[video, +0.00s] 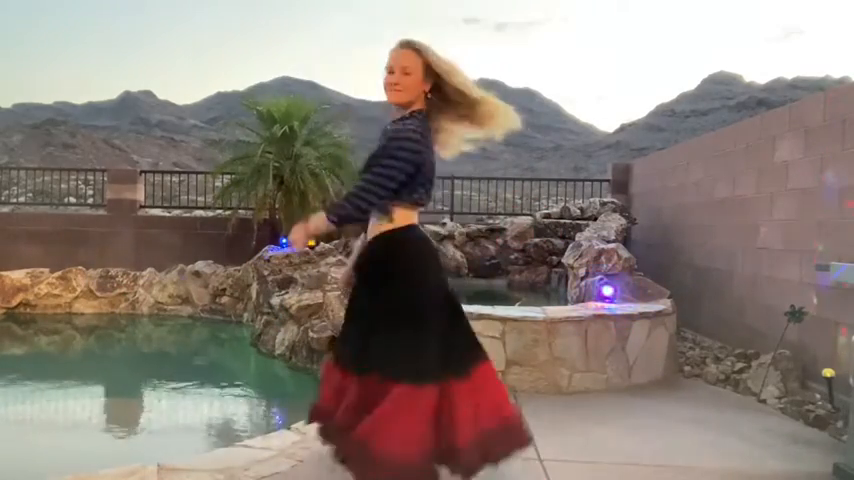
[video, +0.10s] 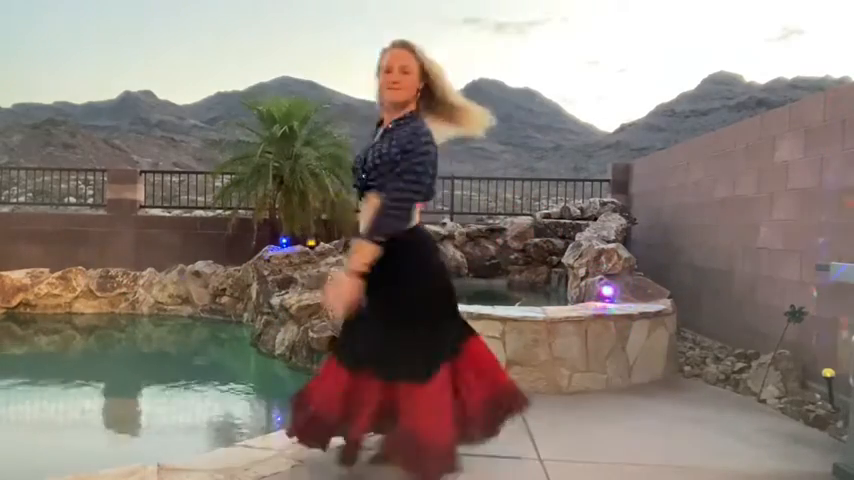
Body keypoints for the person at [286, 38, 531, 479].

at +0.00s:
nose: (392, 78)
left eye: (403, 73)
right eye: (390, 71)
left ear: (427, 85)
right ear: (387, 75)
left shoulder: (408, 131)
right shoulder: (407, 128)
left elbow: (369, 194)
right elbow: (385, 200)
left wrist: (315, 223)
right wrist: (360, 258)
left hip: (397, 255)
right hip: (402, 250)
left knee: (396, 364)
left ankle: (394, 460)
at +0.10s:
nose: (394, 78)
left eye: (404, 71)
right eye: (388, 70)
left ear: (420, 83)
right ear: (378, 78)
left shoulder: (414, 136)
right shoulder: (387, 130)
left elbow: (396, 208)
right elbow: (384, 197)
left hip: (404, 253)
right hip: (385, 249)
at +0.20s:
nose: (391, 76)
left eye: (400, 69)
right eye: (383, 69)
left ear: (414, 79)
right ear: (373, 78)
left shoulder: (417, 136)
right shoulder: (366, 132)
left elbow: (421, 209)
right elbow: (367, 196)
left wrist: (411, 280)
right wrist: (361, 248)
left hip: (403, 250)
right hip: (369, 249)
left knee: (395, 347)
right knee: (371, 343)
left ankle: (396, 453)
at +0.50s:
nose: (390, 77)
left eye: (398, 70)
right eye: (381, 71)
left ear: (411, 79)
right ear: (369, 80)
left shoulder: (428, 137)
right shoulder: (352, 134)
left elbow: (451, 201)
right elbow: (324, 191)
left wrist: (471, 263)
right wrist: (292, 241)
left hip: (411, 258)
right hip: (354, 257)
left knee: (415, 365)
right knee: (354, 364)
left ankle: (417, 460)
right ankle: (357, 459)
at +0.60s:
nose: (390, 86)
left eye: (399, 79)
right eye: (381, 80)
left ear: (412, 87)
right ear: (370, 90)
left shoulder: (430, 144)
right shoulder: (354, 142)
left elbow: (457, 201)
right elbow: (322, 196)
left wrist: (494, 252)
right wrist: (285, 247)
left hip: (417, 265)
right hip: (358, 266)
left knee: (421, 374)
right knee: (364, 371)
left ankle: (425, 463)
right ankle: (374, 458)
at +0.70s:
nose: (389, 92)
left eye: (397, 85)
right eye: (380, 86)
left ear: (410, 95)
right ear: (368, 98)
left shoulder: (425, 151)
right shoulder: (353, 151)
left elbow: (454, 206)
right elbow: (318, 207)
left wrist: (498, 250)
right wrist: (283, 257)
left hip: (422, 270)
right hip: (362, 270)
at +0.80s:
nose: (388, 89)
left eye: (396, 82)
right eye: (379, 83)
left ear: (409, 92)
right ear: (365, 96)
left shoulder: (417, 149)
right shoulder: (356, 149)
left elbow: (435, 207)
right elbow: (322, 218)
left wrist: (475, 238)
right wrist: (283, 287)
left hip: (419, 272)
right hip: (371, 273)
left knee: (426, 384)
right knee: (356, 388)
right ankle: (329, 465)